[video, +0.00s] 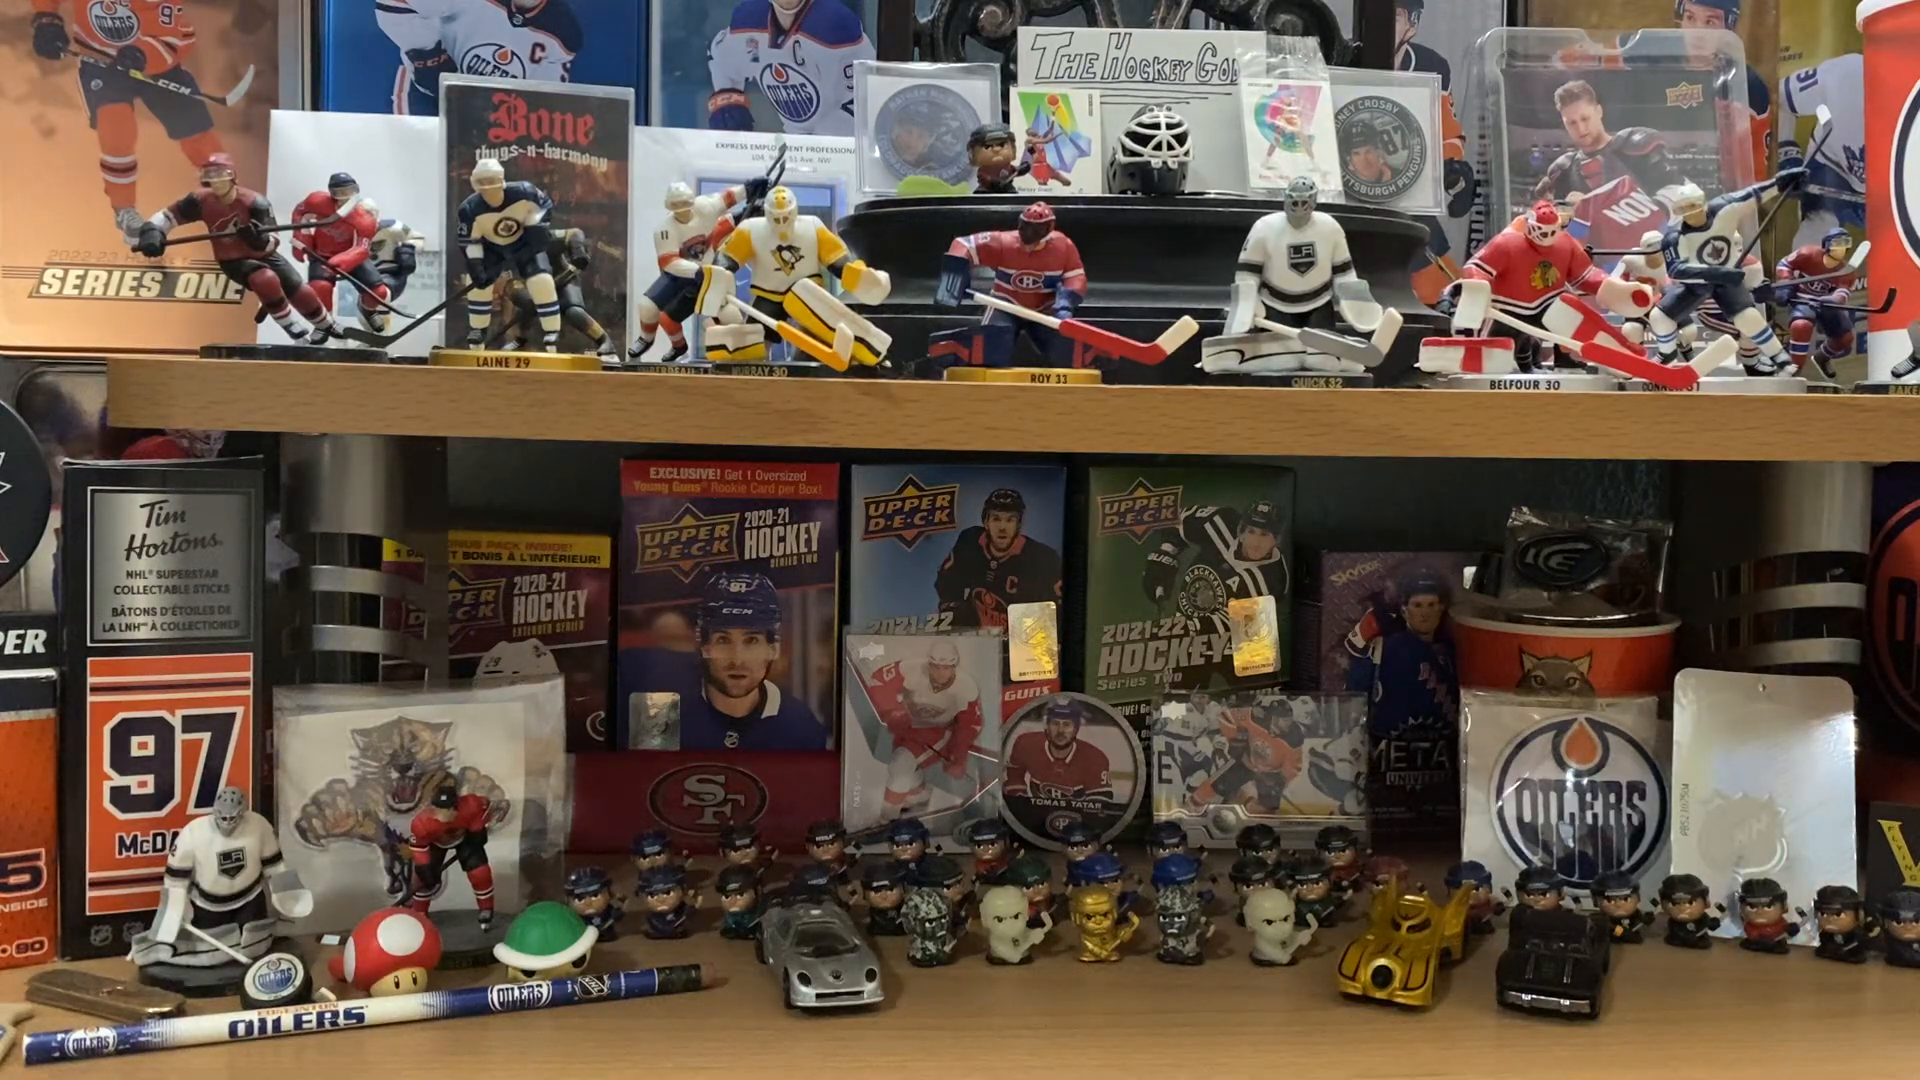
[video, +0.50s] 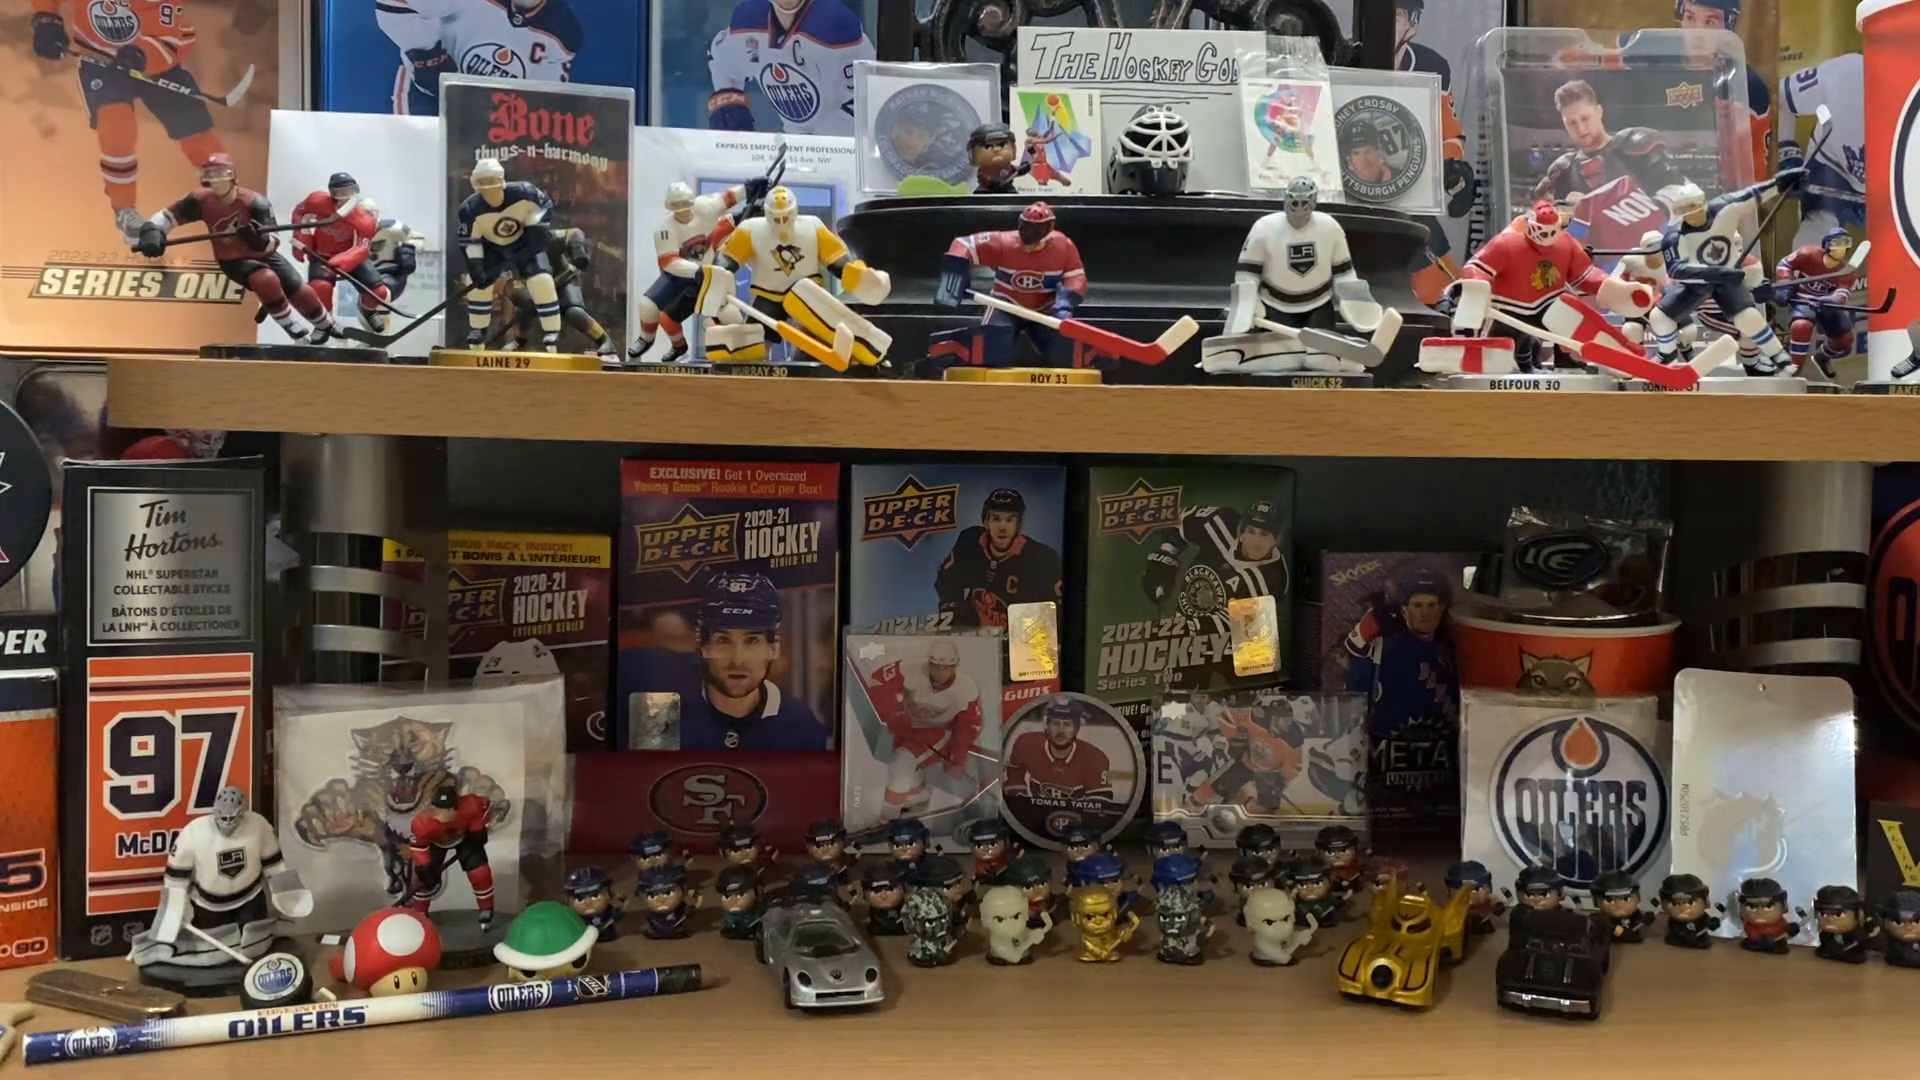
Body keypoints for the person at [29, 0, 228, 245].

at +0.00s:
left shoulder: (161, 7)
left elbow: (176, 39)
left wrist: (142, 54)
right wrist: (46, 18)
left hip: (156, 61)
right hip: (100, 61)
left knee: (202, 142)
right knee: (118, 127)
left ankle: (231, 203)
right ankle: (125, 211)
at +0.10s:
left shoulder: (161, 7)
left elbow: (177, 38)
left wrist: (141, 53)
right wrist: (46, 18)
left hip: (157, 61)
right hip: (100, 61)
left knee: (202, 143)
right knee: (118, 127)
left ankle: (231, 204)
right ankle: (125, 211)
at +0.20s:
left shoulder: (162, 7)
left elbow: (178, 38)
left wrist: (142, 53)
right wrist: (46, 18)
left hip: (157, 61)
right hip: (100, 61)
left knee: (202, 143)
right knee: (118, 127)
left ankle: (231, 204)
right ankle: (125, 211)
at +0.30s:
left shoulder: (162, 7)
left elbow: (175, 39)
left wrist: (141, 54)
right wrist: (46, 18)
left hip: (157, 61)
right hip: (100, 61)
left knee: (202, 143)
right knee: (118, 127)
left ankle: (231, 203)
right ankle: (125, 211)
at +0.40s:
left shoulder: (162, 7)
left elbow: (175, 39)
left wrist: (141, 54)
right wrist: (46, 18)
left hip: (157, 61)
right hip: (100, 61)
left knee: (203, 143)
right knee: (118, 128)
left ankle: (231, 204)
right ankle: (125, 211)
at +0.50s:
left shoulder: (161, 7)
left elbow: (176, 39)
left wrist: (141, 54)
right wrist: (46, 17)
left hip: (157, 60)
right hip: (99, 60)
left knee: (201, 141)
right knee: (118, 127)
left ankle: (231, 204)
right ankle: (125, 211)